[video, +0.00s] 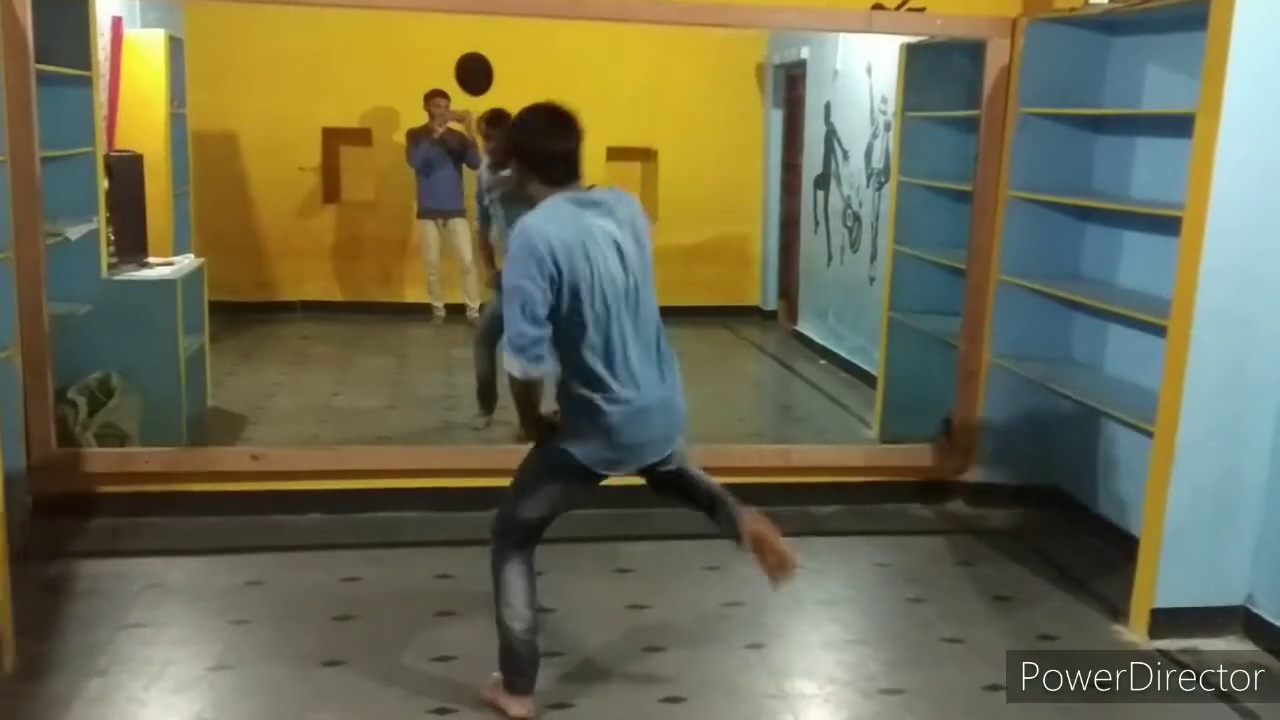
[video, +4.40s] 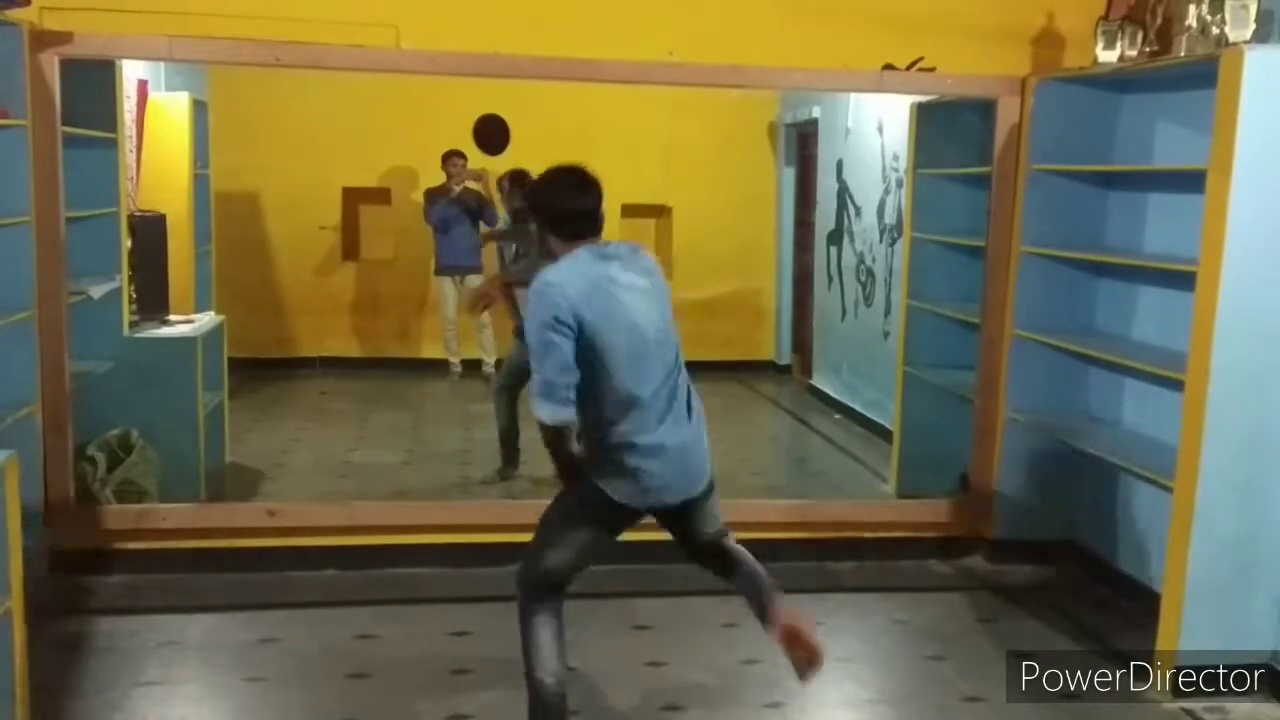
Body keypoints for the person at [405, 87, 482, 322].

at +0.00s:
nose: (440, 111)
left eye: (444, 106)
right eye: (435, 106)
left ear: (449, 109)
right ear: (427, 108)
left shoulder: (456, 136)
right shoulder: (416, 134)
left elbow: (474, 162)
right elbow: (415, 161)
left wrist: (470, 133)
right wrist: (434, 135)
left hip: (455, 210)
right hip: (428, 210)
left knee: (467, 262)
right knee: (432, 264)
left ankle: (473, 309)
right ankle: (437, 308)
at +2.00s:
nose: (438, 105)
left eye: (441, 100)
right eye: (433, 100)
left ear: (447, 103)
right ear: (424, 103)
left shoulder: (454, 130)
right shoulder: (414, 129)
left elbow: (473, 157)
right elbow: (412, 155)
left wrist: (467, 125)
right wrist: (433, 129)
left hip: (453, 203)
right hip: (426, 204)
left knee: (465, 257)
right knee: (430, 258)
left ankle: (471, 305)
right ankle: (436, 303)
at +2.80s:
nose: (441, 138)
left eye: (446, 133)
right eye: (437, 133)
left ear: (451, 136)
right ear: (429, 135)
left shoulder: (458, 162)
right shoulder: (418, 161)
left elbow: (477, 188)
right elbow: (417, 187)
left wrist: (471, 157)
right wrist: (436, 161)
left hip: (457, 234)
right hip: (430, 236)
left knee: (468, 287)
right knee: (434, 288)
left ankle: (474, 334)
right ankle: (439, 333)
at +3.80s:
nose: (457, 170)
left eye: (461, 166)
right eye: (452, 165)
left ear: (466, 168)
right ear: (444, 167)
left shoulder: (474, 194)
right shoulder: (433, 192)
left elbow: (492, 219)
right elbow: (431, 217)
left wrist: (486, 190)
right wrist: (452, 192)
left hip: (472, 265)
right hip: (445, 266)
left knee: (482, 316)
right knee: (448, 318)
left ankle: (488, 364)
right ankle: (454, 364)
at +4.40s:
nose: (457, 170)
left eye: (461, 166)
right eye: (452, 165)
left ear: (466, 168)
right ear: (444, 168)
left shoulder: (474, 195)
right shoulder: (434, 194)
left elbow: (492, 220)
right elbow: (432, 219)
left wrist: (486, 191)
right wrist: (452, 194)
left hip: (473, 266)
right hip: (445, 267)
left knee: (483, 317)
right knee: (449, 319)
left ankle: (489, 364)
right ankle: (454, 364)